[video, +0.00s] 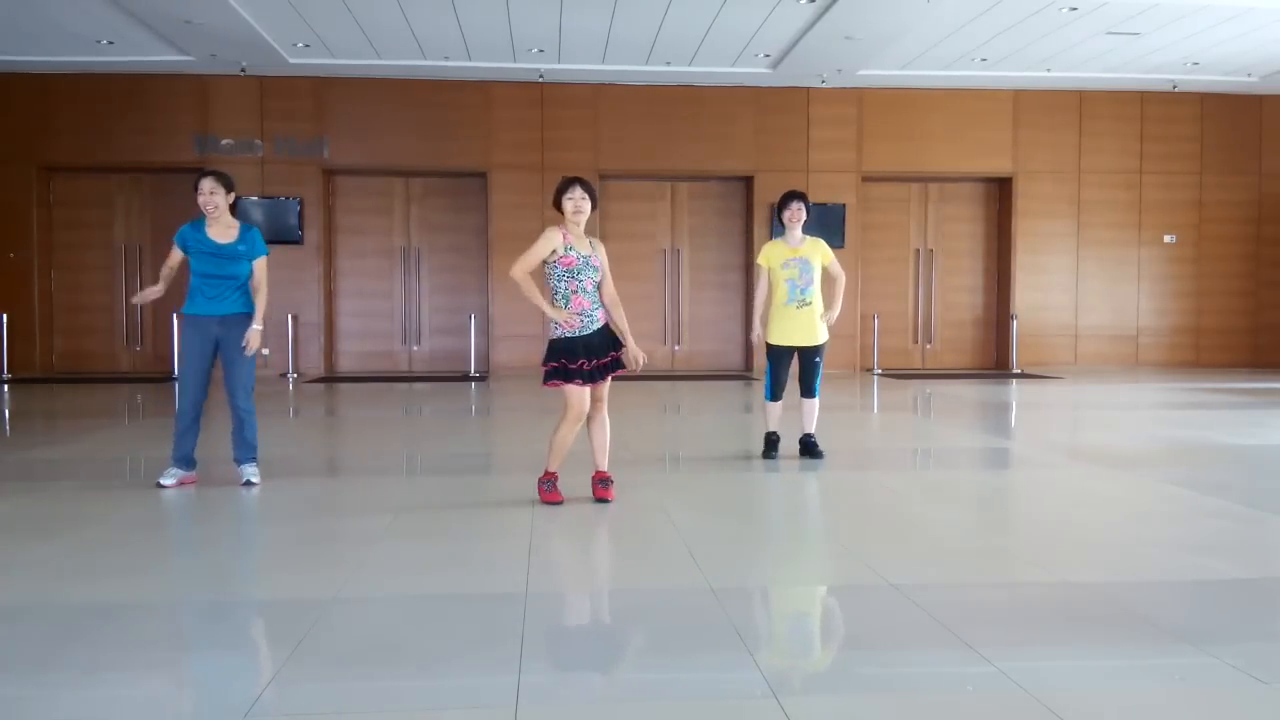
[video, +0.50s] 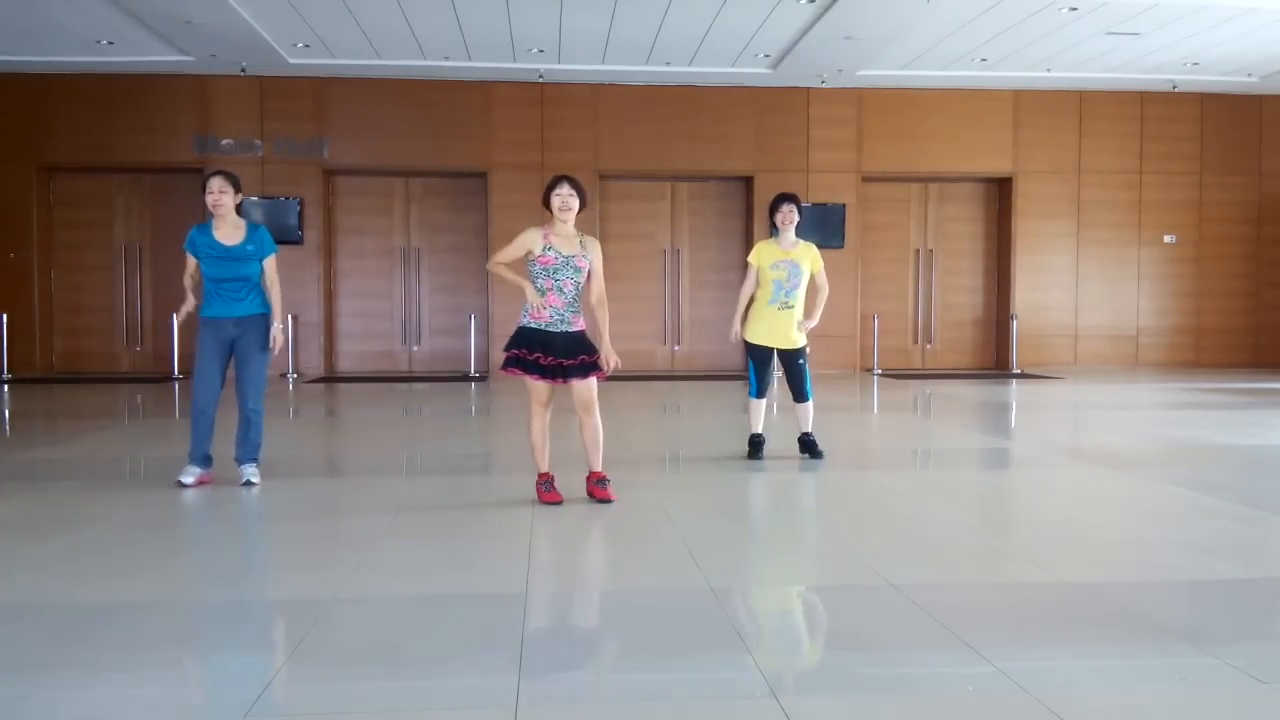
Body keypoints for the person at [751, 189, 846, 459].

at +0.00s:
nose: (794, 214)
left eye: (799, 209)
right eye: (789, 209)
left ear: (806, 214)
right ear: (781, 214)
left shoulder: (818, 246)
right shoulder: (769, 249)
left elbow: (839, 275)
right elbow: (761, 288)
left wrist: (835, 309)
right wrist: (756, 324)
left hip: (812, 328)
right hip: (779, 328)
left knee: (810, 388)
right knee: (775, 388)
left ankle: (808, 438)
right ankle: (771, 437)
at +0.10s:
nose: (793, 213)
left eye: (798, 208)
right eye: (788, 208)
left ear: (805, 213)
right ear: (780, 213)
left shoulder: (817, 245)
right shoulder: (769, 248)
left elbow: (838, 274)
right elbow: (762, 287)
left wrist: (832, 308)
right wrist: (760, 325)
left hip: (810, 327)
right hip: (778, 327)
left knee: (808, 388)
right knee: (771, 387)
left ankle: (808, 439)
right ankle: (762, 438)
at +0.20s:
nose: (791, 213)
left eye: (796, 208)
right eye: (786, 208)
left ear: (803, 214)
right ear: (778, 213)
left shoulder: (815, 246)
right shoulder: (767, 247)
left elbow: (834, 279)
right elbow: (760, 288)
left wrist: (825, 310)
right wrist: (756, 325)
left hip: (804, 327)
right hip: (772, 327)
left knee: (805, 388)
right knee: (767, 387)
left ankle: (807, 439)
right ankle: (757, 439)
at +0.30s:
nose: (789, 213)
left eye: (794, 208)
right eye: (784, 209)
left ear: (801, 214)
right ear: (776, 215)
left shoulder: (813, 248)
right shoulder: (765, 247)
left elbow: (828, 282)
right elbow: (755, 284)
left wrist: (818, 315)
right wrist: (747, 319)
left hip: (798, 328)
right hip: (765, 327)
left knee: (803, 388)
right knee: (763, 387)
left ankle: (807, 438)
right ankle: (757, 438)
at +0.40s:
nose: (787, 215)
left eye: (792, 210)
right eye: (782, 211)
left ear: (799, 216)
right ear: (774, 217)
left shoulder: (810, 251)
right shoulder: (762, 248)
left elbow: (824, 286)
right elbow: (750, 284)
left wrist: (814, 318)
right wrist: (741, 318)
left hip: (793, 328)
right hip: (760, 327)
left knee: (803, 387)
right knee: (760, 385)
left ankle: (807, 438)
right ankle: (756, 438)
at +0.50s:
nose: (786, 215)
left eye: (791, 211)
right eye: (781, 211)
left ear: (799, 216)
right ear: (773, 217)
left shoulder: (810, 251)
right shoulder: (762, 249)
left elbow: (823, 287)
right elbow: (749, 285)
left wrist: (814, 318)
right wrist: (737, 318)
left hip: (792, 329)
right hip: (758, 327)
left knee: (802, 388)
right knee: (758, 386)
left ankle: (806, 437)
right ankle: (756, 438)